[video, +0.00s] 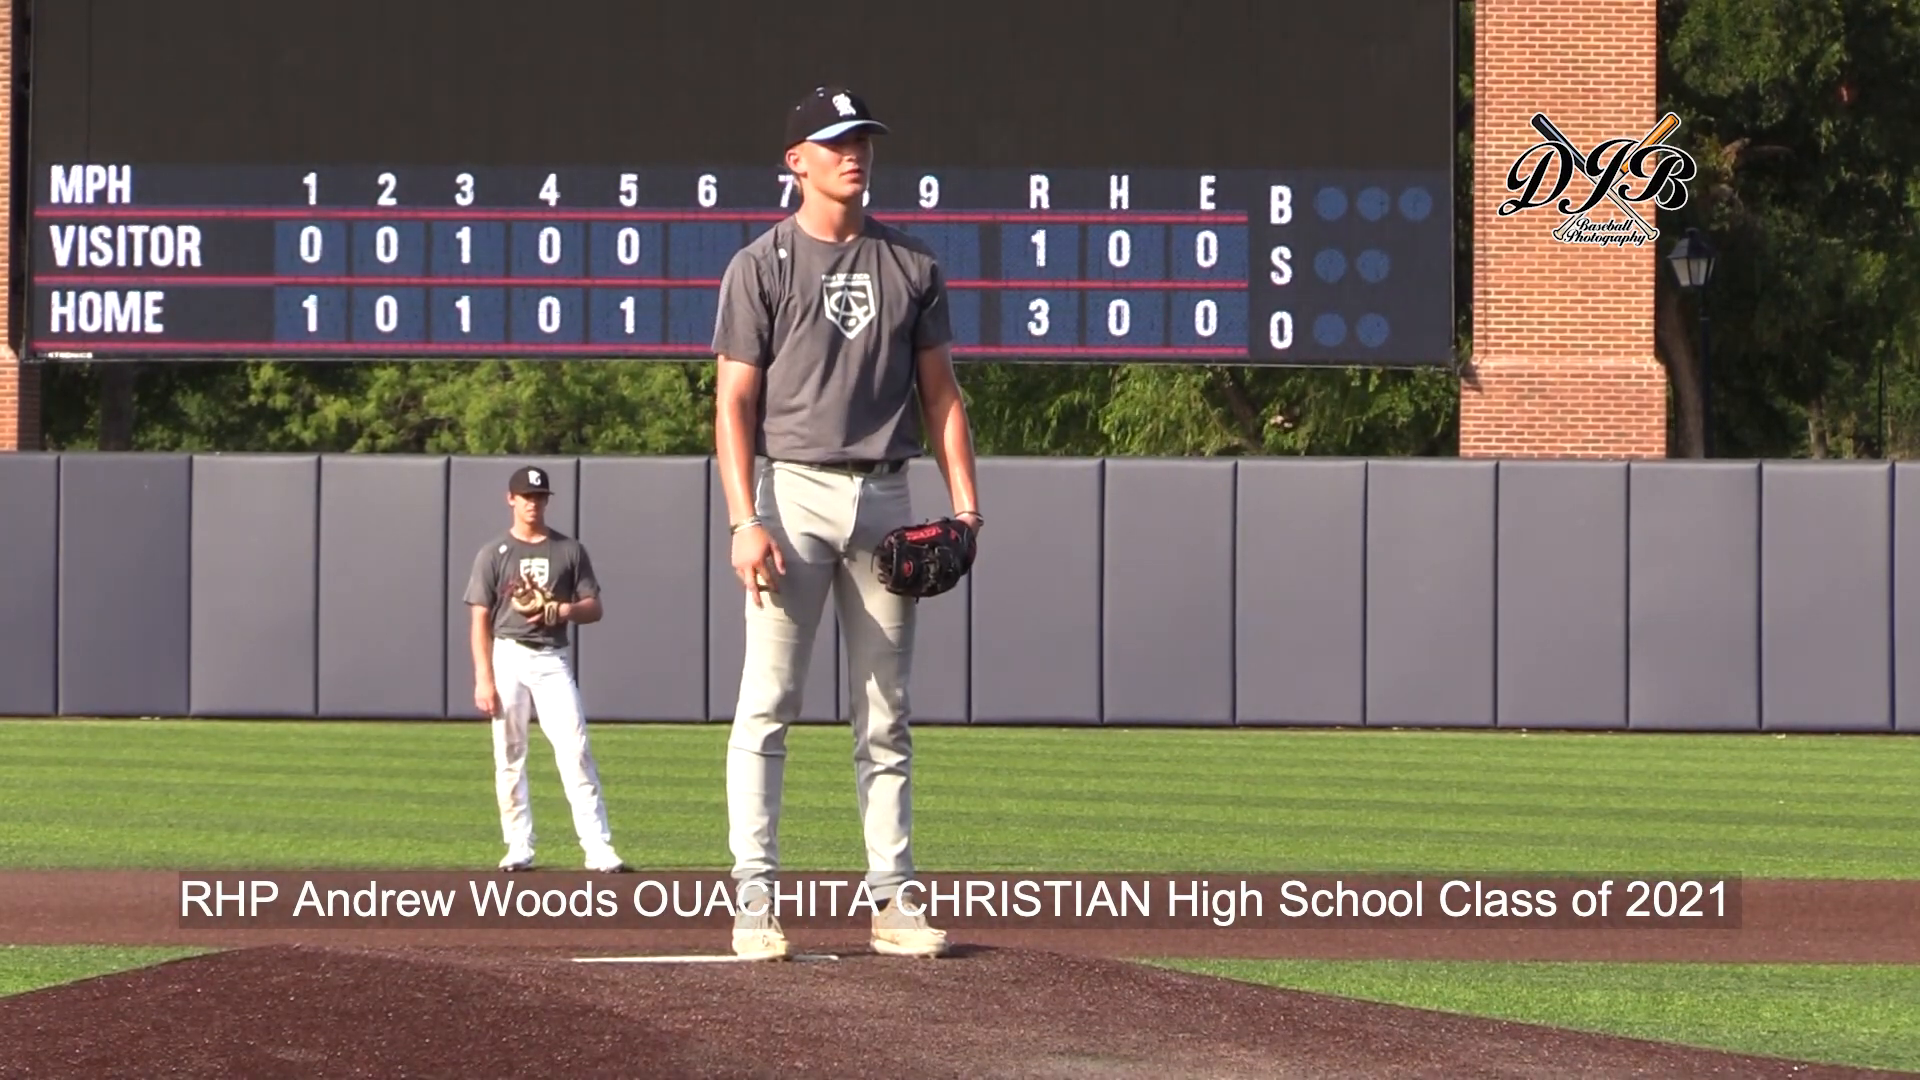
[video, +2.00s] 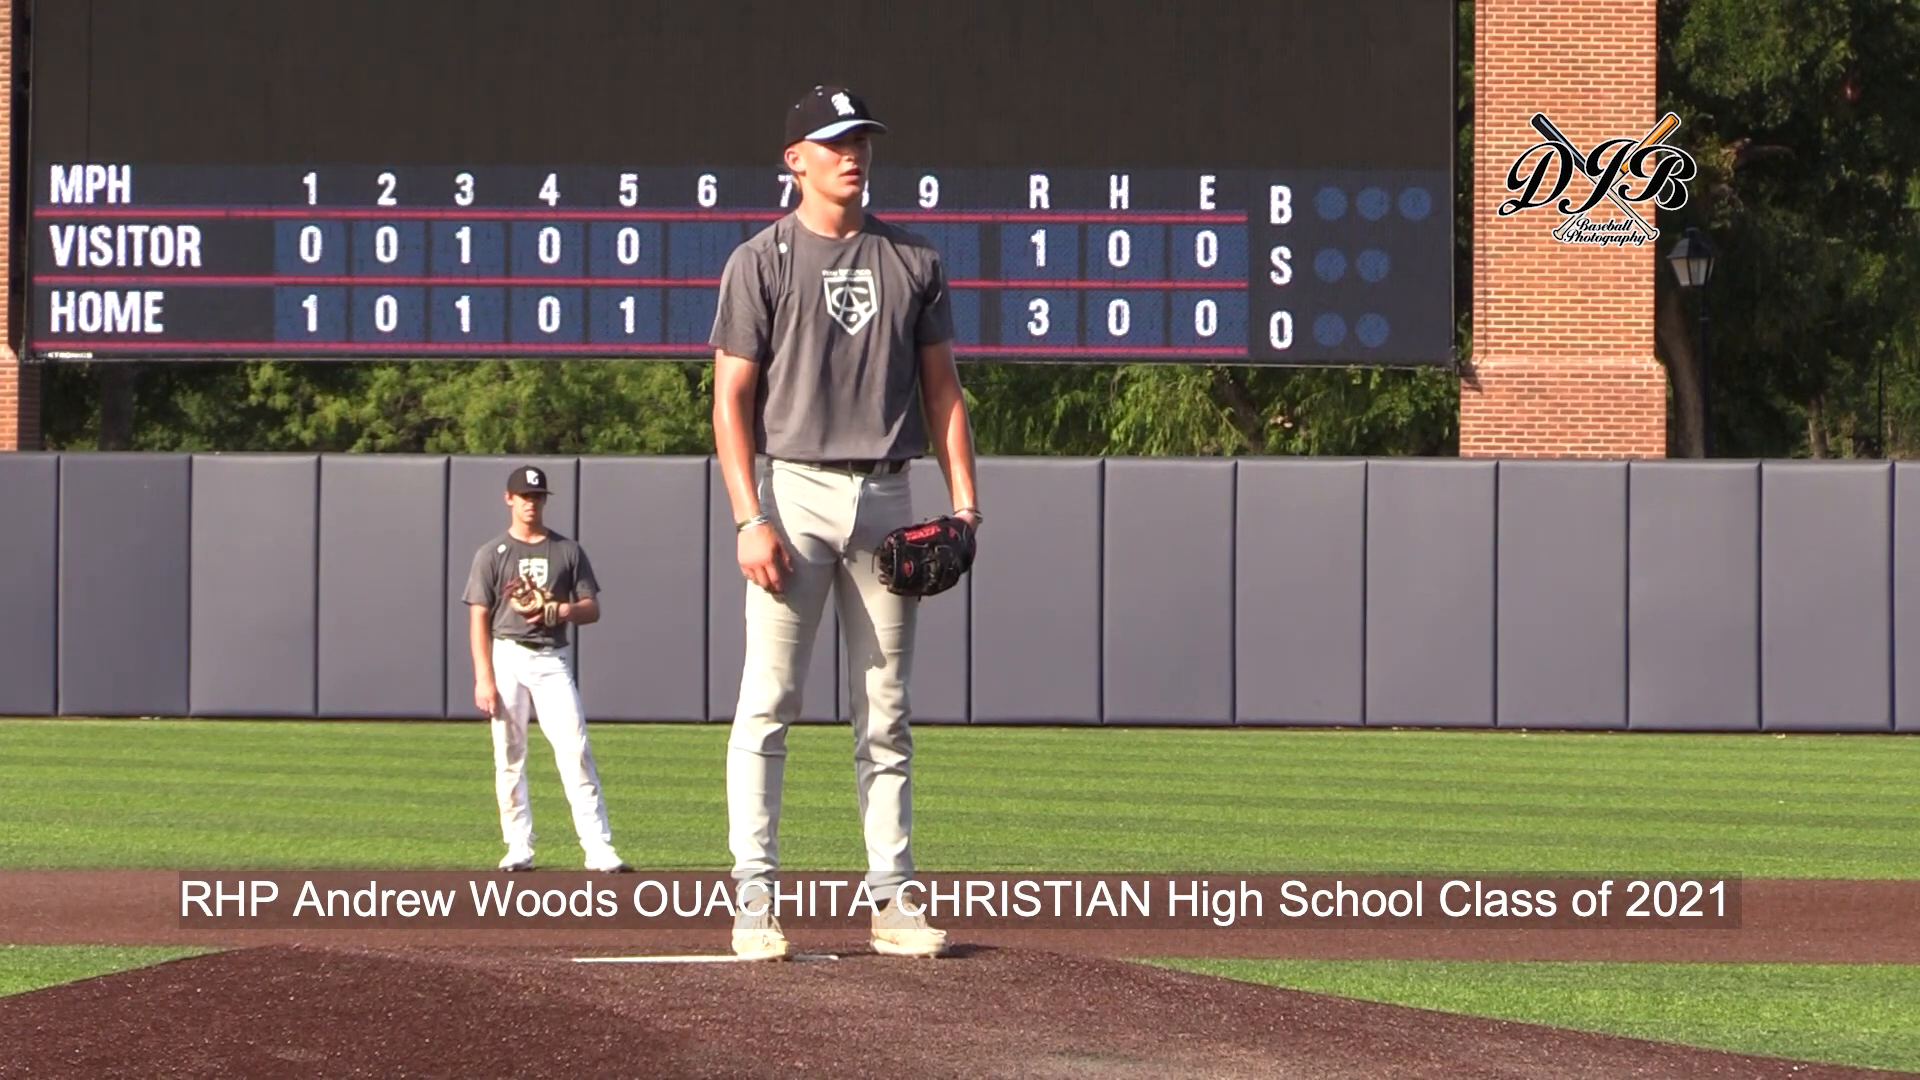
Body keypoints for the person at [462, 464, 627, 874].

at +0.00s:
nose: (534, 504)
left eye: (540, 497)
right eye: (527, 497)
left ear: (548, 500)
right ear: (511, 500)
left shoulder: (571, 550)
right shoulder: (492, 555)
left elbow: (593, 608)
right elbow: (480, 622)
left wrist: (560, 610)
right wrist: (484, 680)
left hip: (552, 658)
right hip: (505, 656)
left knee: (576, 749)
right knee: (509, 756)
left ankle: (599, 852)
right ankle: (519, 850)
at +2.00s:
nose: (532, 504)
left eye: (538, 497)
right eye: (525, 497)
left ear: (546, 500)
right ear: (509, 500)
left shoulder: (569, 551)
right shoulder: (491, 555)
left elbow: (591, 610)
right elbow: (479, 620)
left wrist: (558, 609)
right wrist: (483, 678)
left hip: (552, 658)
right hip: (505, 657)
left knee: (576, 750)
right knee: (509, 757)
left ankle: (600, 852)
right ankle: (519, 851)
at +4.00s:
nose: (586, 504)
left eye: (592, 497)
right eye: (579, 497)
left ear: (601, 499)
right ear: (565, 497)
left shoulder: (618, 554)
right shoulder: (539, 545)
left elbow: (636, 611)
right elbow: (518, 603)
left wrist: (607, 620)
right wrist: (518, 663)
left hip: (594, 660)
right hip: (548, 655)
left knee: (587, 757)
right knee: (534, 751)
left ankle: (578, 850)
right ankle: (522, 844)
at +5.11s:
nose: (537, 514)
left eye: (543, 506)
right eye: (529, 508)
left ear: (551, 507)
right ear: (514, 511)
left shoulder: (581, 546)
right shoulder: (503, 560)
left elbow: (607, 586)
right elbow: (485, 618)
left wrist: (594, 629)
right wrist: (481, 681)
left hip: (576, 664)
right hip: (528, 665)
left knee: (605, 754)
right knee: (519, 763)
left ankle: (625, 846)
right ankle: (517, 856)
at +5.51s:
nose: (600, 522)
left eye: (606, 514)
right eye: (592, 516)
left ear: (615, 517)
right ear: (578, 519)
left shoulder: (642, 561)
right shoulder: (561, 566)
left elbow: (663, 601)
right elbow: (542, 621)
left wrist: (645, 643)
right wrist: (536, 683)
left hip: (622, 675)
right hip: (571, 671)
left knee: (645, 764)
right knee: (541, 762)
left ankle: (657, 859)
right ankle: (519, 852)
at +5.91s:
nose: (627, 537)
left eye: (633, 531)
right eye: (620, 530)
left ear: (641, 534)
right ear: (604, 531)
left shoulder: (655, 578)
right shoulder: (578, 573)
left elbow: (672, 620)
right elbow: (547, 619)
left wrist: (671, 671)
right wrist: (555, 682)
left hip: (618, 673)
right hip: (570, 670)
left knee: (642, 760)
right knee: (546, 761)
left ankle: (656, 857)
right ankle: (519, 852)